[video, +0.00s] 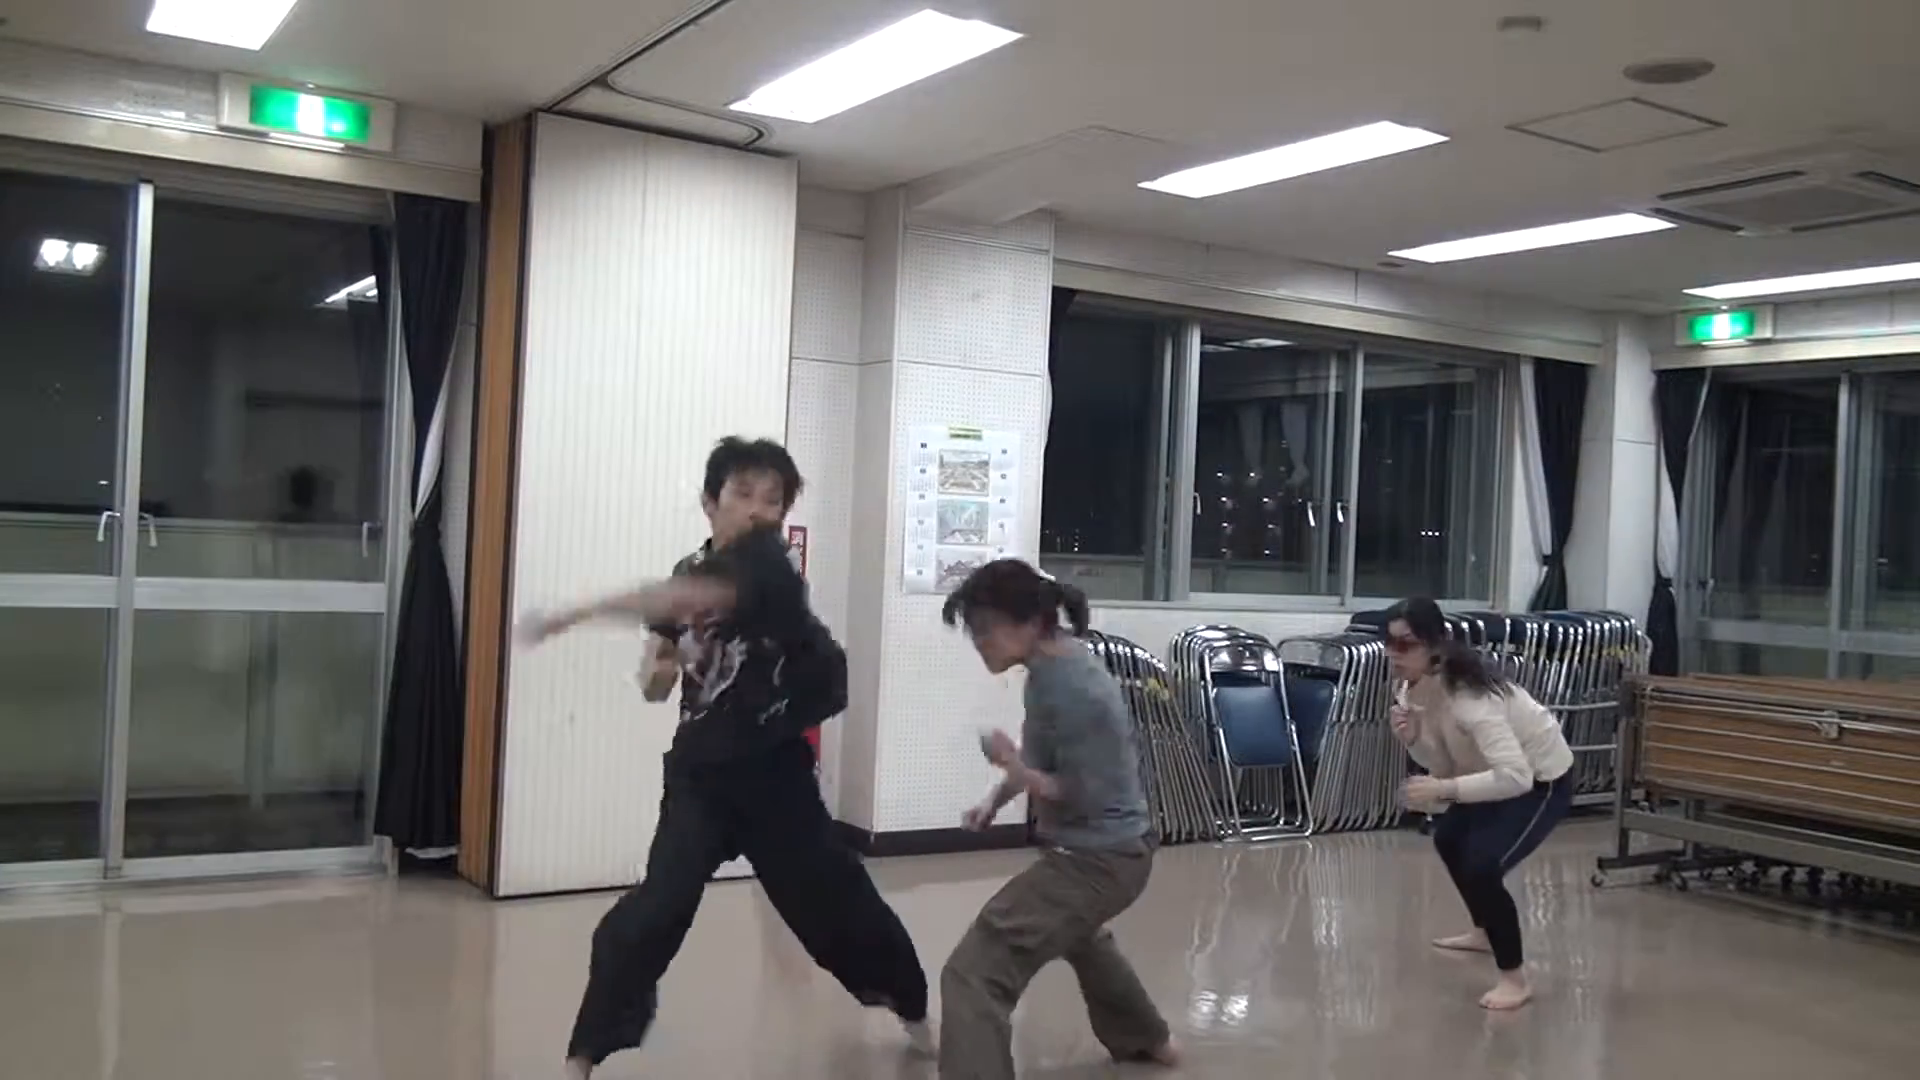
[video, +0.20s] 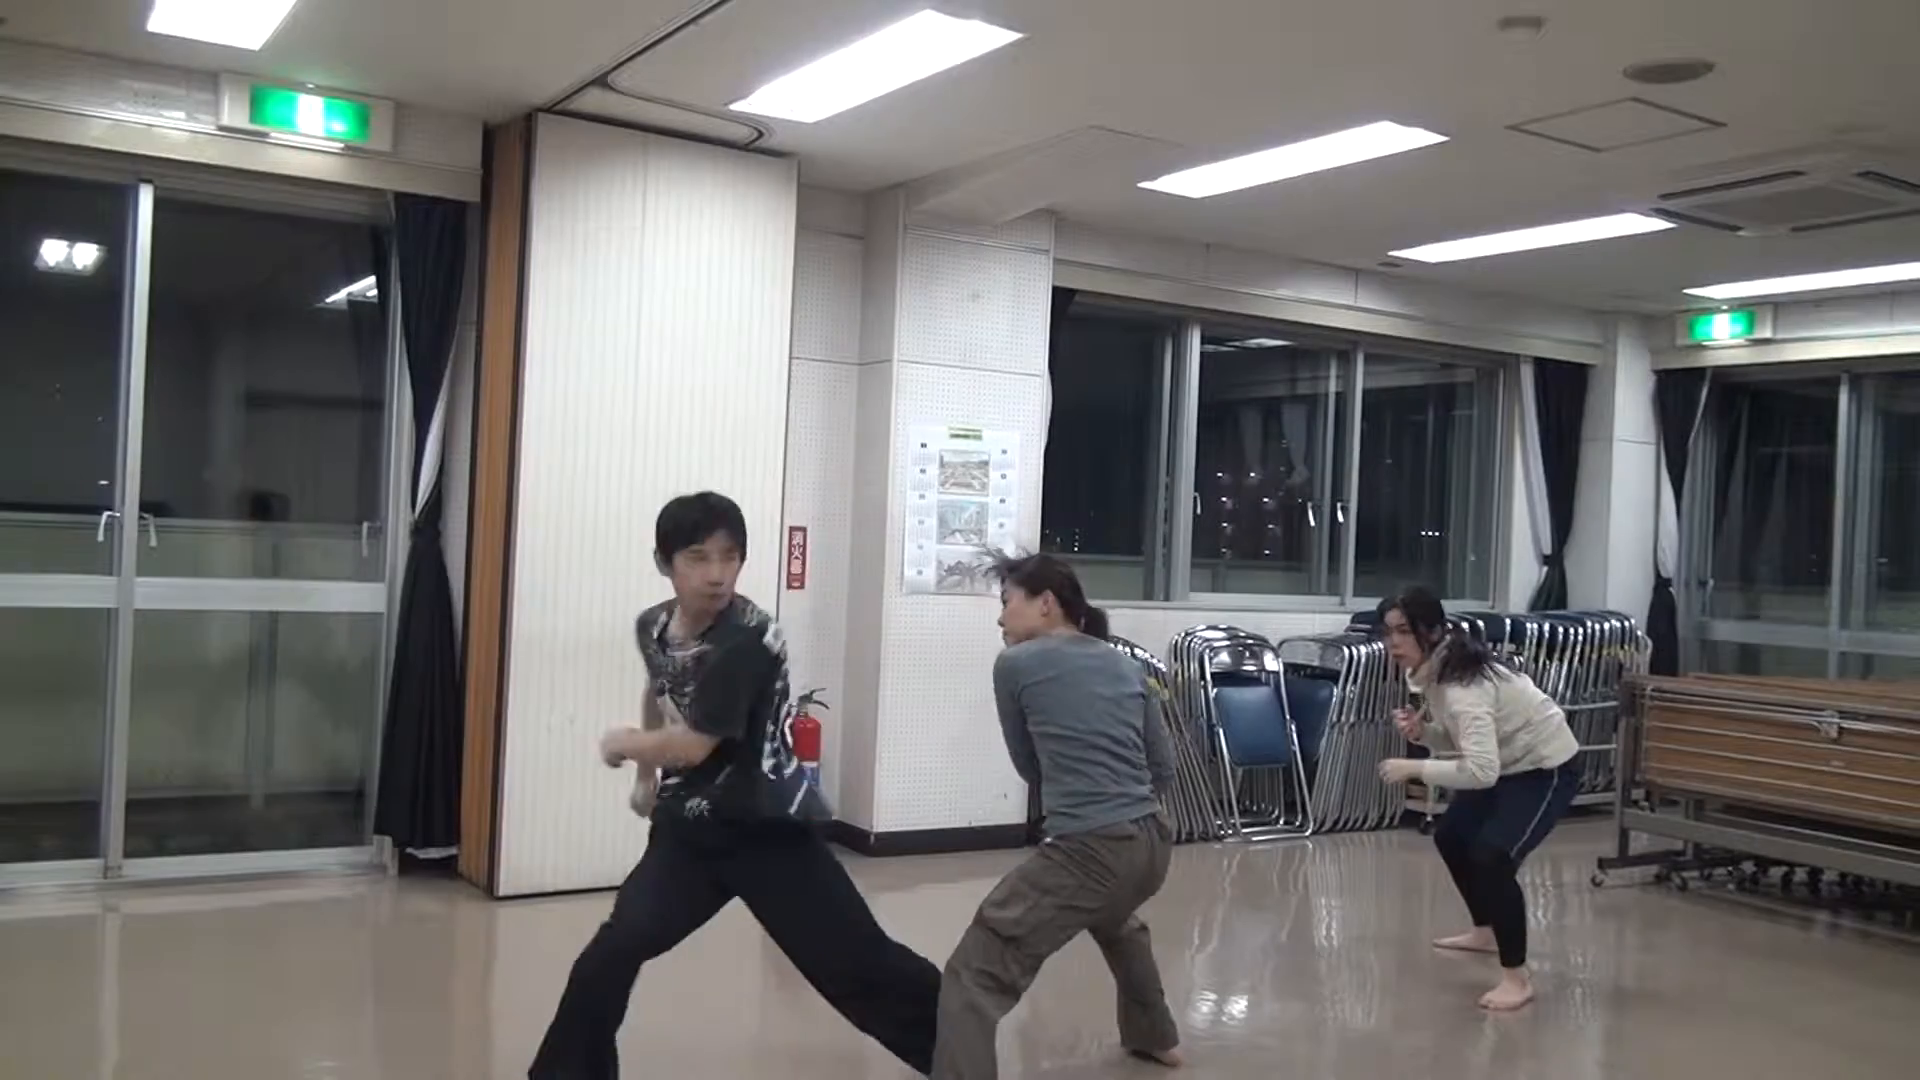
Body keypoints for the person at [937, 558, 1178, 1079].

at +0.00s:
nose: (977, 643)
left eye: (984, 629)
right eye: (974, 631)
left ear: (1030, 623)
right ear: (1034, 622)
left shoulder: (1077, 685)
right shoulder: (1051, 672)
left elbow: (1093, 793)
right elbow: (1040, 758)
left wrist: (1017, 766)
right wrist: (995, 801)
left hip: (1101, 858)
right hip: (1097, 848)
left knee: (973, 974)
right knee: (1079, 932)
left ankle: (974, 1071)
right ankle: (1145, 1041)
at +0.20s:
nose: (1000, 616)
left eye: (1008, 603)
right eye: (1002, 604)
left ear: (1047, 603)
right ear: (1055, 606)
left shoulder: (1014, 662)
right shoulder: (1126, 664)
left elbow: (1027, 764)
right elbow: (1163, 766)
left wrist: (1087, 777)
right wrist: (1111, 784)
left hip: (1086, 852)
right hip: (1151, 843)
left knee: (974, 976)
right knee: (1115, 919)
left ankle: (961, 1071)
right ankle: (1156, 1039)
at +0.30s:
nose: (1018, 607)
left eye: (1025, 593)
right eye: (1017, 596)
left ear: (1067, 590)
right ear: (1076, 595)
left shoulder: (1033, 643)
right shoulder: (1139, 664)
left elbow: (981, 735)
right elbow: (1185, 748)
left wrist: (1041, 731)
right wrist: (1145, 771)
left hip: (1067, 849)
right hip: (1129, 846)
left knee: (965, 974)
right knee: (1102, 919)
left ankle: (957, 1069)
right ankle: (1152, 1041)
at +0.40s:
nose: (1047, 585)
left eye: (1052, 572)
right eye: (1045, 574)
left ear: (1095, 569)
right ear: (1101, 575)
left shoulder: (1053, 610)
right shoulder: (1144, 657)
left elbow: (973, 587)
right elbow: (1188, 745)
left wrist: (957, 579)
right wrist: (1127, 782)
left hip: (1037, 839)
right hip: (1096, 839)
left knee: (948, 966)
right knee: (1086, 925)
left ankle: (947, 1070)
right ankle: (1147, 1042)